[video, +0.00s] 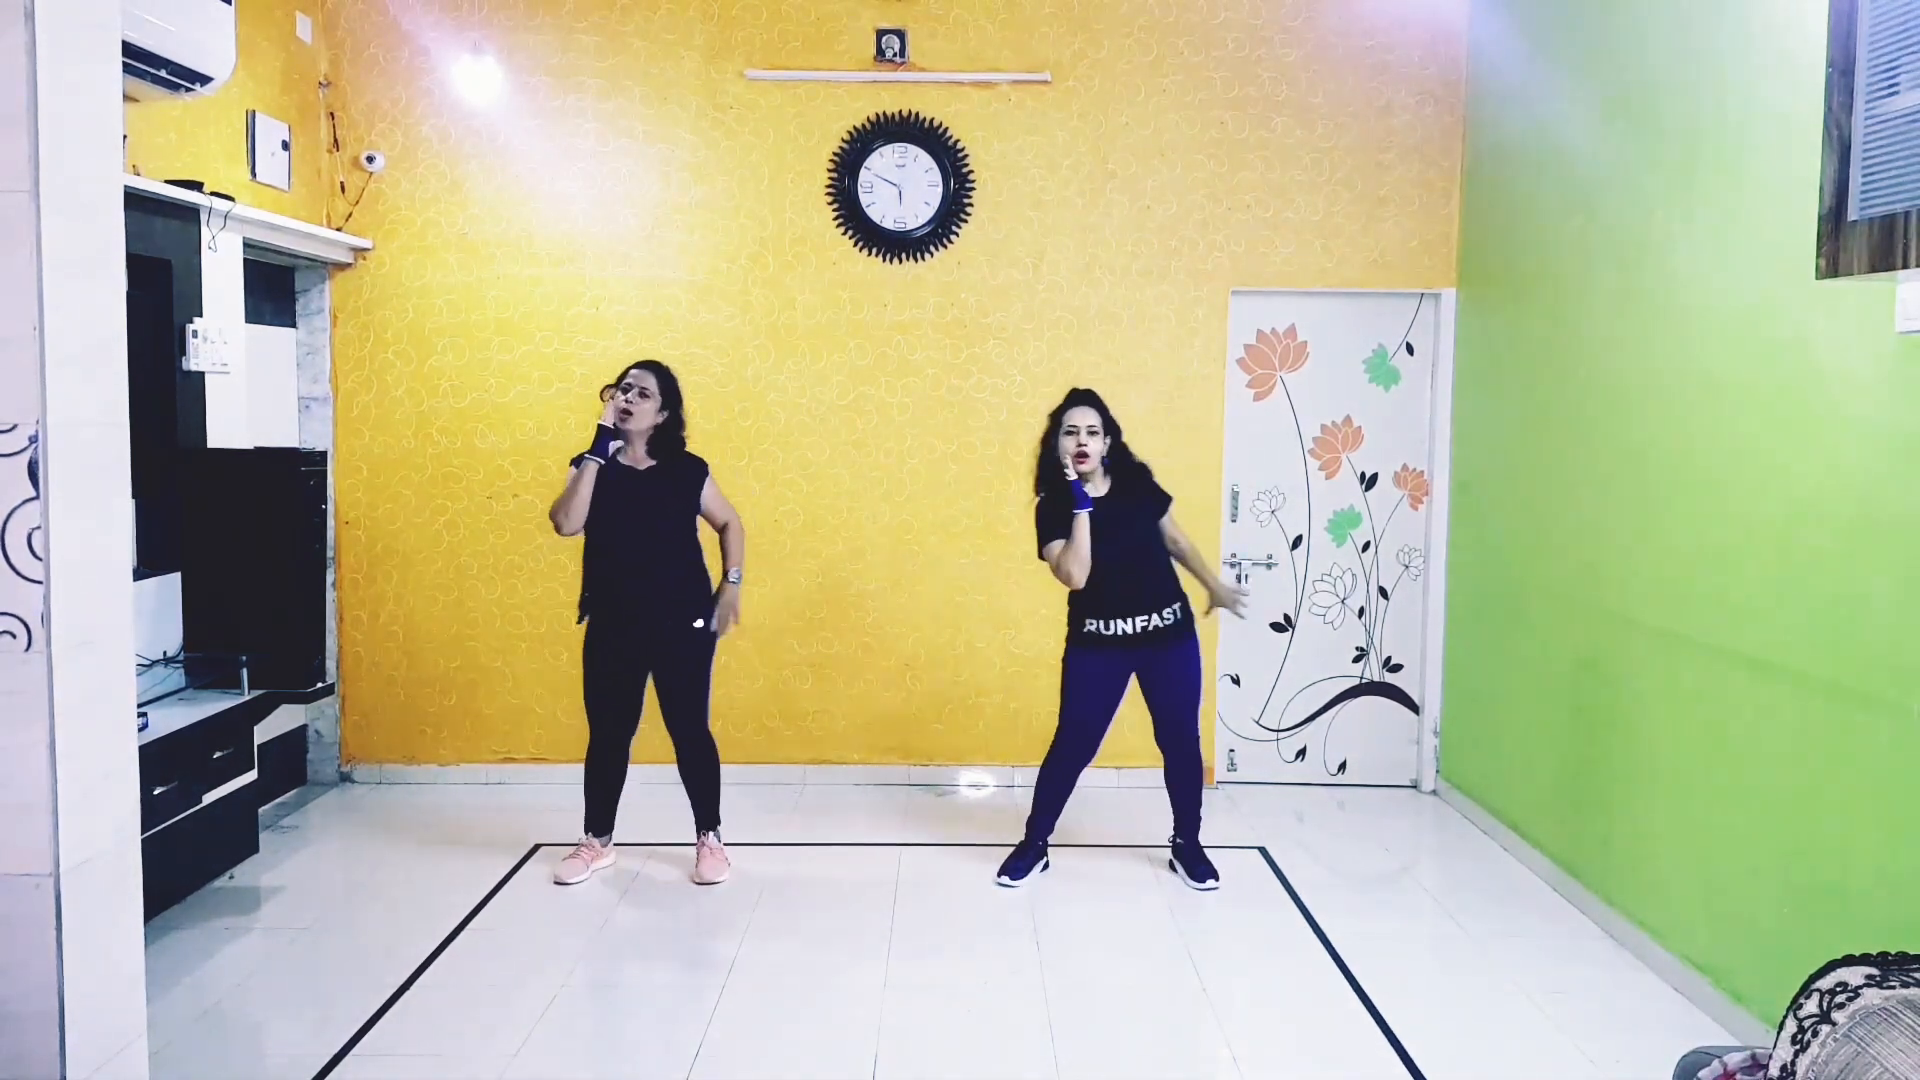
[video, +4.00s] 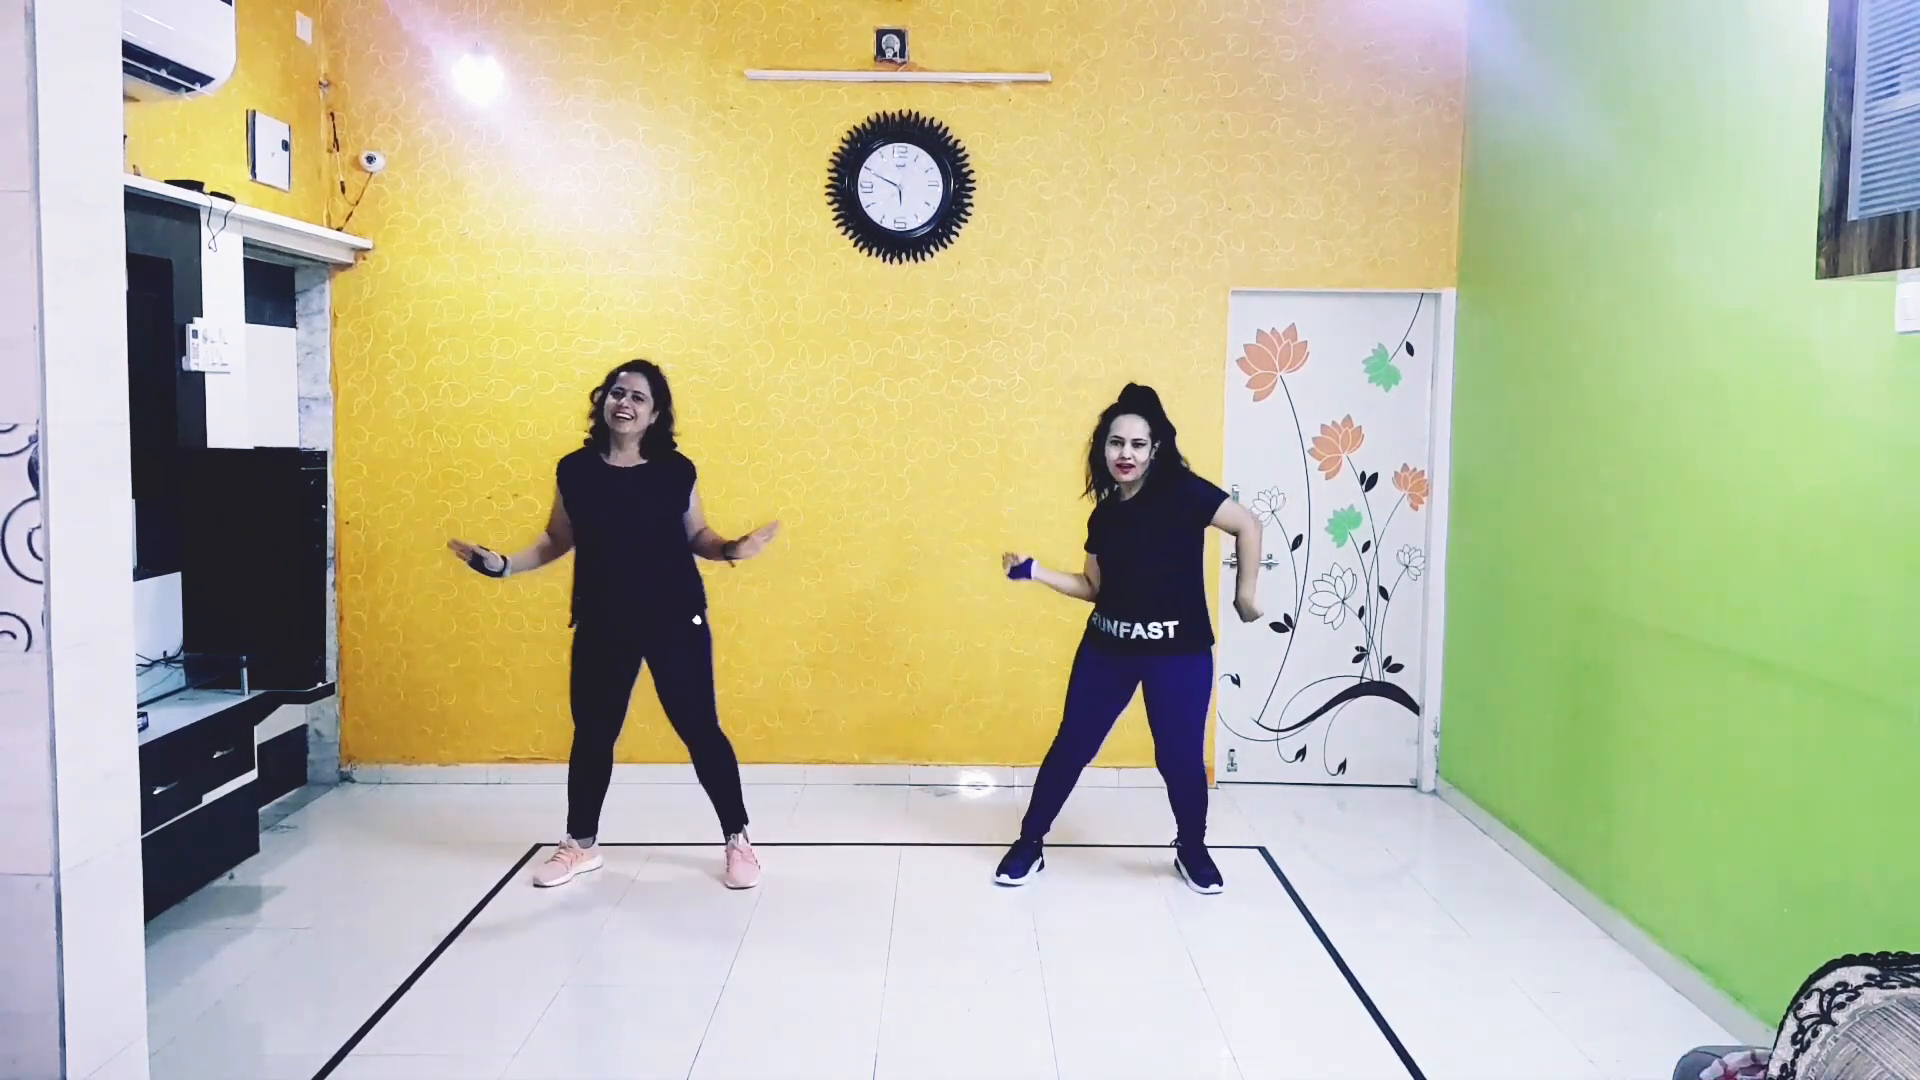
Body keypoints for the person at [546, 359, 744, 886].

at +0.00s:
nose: (625, 397)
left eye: (641, 393)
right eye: (623, 389)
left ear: (664, 413)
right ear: (612, 399)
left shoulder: (686, 471)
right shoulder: (592, 467)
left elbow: (729, 522)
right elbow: (567, 523)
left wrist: (732, 584)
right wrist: (596, 451)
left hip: (681, 624)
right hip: (612, 624)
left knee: (690, 731)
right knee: (607, 735)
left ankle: (709, 839)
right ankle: (596, 842)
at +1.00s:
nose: (590, 399)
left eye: (606, 395)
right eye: (589, 391)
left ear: (631, 417)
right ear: (581, 404)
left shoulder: (661, 472)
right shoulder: (565, 467)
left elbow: (683, 543)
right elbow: (536, 529)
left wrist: (686, 613)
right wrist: (559, 453)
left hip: (628, 626)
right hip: (560, 624)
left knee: (641, 736)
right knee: (571, 737)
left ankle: (663, 839)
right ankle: (580, 846)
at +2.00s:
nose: (641, 400)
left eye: (655, 395)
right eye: (635, 392)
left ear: (677, 412)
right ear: (622, 404)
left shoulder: (700, 474)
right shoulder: (606, 469)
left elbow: (721, 539)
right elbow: (566, 535)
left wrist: (735, 598)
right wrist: (601, 471)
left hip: (675, 625)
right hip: (604, 622)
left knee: (684, 734)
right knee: (585, 731)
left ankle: (710, 845)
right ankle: (572, 837)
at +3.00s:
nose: (657, 417)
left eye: (670, 411)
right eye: (648, 408)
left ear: (685, 424)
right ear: (632, 417)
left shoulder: (706, 482)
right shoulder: (607, 483)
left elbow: (731, 543)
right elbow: (599, 545)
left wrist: (760, 550)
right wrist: (568, 559)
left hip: (703, 628)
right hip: (637, 628)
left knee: (705, 734)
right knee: (600, 733)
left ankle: (718, 844)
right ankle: (611, 844)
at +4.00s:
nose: (624, 402)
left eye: (637, 397)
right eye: (617, 393)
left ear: (656, 412)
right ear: (602, 402)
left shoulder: (675, 472)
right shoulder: (576, 470)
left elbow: (697, 535)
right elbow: (557, 539)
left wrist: (730, 548)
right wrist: (505, 564)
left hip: (674, 622)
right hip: (604, 623)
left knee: (700, 729)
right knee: (592, 735)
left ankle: (737, 840)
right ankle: (580, 844)